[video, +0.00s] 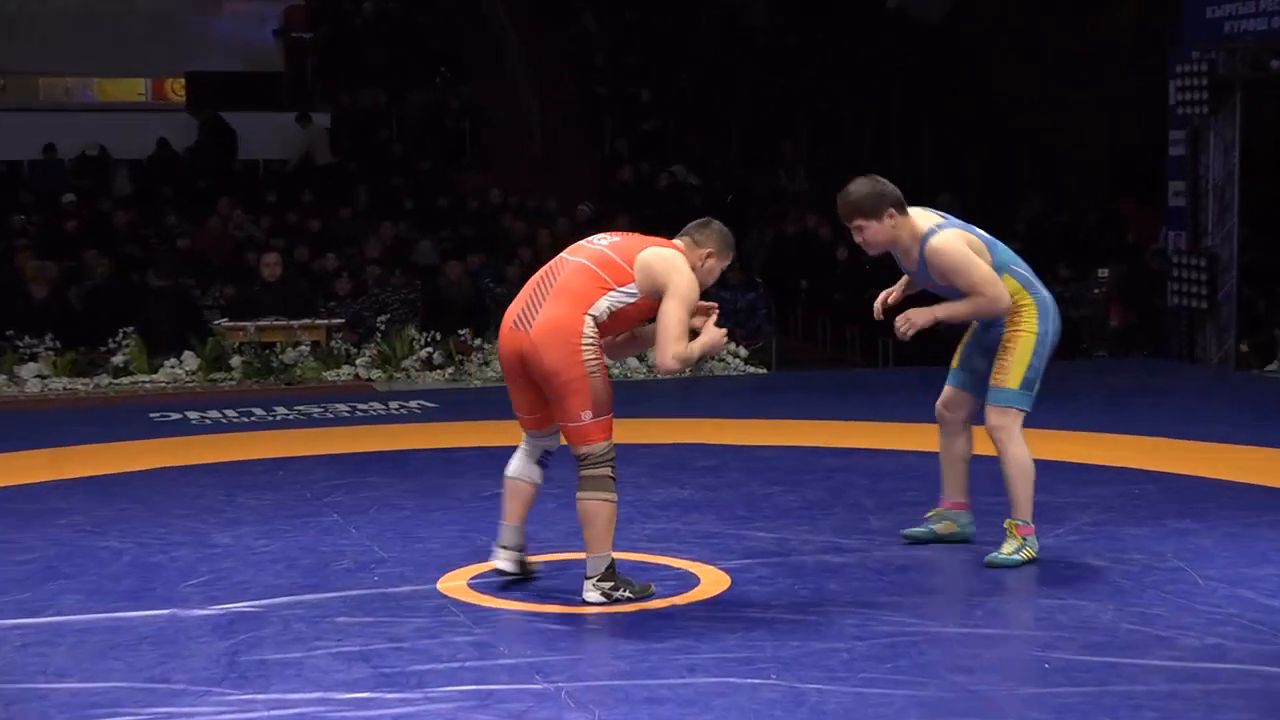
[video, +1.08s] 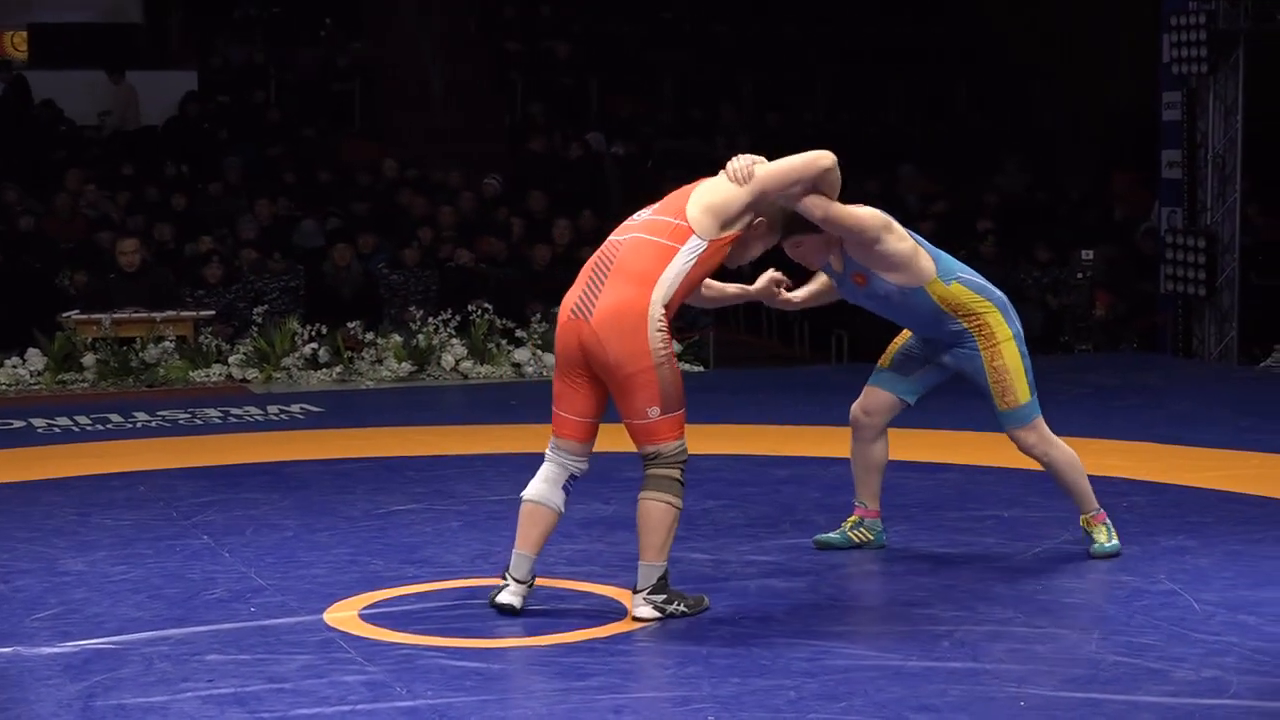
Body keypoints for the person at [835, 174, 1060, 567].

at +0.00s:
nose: (856, 238)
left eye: (860, 228)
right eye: (852, 230)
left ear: (891, 217)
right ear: (888, 218)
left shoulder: (942, 249)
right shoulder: (903, 231)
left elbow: (997, 301)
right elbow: (926, 261)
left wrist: (933, 312)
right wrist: (904, 286)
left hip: (1026, 313)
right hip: (986, 314)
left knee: (1002, 422)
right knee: (951, 411)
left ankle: (1023, 534)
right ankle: (954, 514)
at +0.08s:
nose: (867, 257)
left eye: (871, 247)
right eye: (862, 250)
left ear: (902, 235)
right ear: (901, 234)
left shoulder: (961, 265)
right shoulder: (916, 239)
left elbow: (999, 336)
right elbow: (937, 280)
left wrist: (932, 324)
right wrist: (908, 297)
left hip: (1041, 316)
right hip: (998, 315)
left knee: (1006, 426)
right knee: (962, 412)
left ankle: (1030, 539)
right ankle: (1000, 510)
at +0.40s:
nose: (851, 267)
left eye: (854, 256)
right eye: (846, 259)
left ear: (886, 244)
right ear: (885, 244)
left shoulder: (952, 269)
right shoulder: (899, 260)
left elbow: (958, 355)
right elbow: (904, 308)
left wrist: (885, 318)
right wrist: (860, 315)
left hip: (1040, 325)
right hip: (992, 331)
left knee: (995, 432)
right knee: (940, 418)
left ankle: (1033, 554)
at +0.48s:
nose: (838, 254)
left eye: (840, 243)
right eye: (833, 246)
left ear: (871, 230)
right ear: (868, 230)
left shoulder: (933, 245)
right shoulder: (878, 249)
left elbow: (915, 316)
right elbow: (860, 307)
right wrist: (811, 298)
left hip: (1024, 324)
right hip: (979, 334)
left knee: (989, 431)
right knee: (925, 426)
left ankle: (1029, 556)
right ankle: (908, 523)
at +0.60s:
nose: (811, 241)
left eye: (813, 231)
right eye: (805, 234)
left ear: (842, 219)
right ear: (832, 224)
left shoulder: (897, 223)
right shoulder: (836, 247)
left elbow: (846, 250)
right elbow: (788, 298)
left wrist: (769, 232)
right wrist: (734, 261)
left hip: (1000, 309)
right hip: (947, 326)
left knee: (1006, 420)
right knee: (898, 423)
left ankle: (1032, 546)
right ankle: (898, 526)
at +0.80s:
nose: (786, 255)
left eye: (790, 242)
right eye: (781, 245)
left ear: (812, 229)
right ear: (789, 243)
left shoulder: (871, 238)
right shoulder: (805, 261)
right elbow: (757, 291)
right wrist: (778, 244)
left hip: (971, 303)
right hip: (919, 320)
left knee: (1008, 415)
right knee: (875, 419)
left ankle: (1089, 514)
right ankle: (884, 524)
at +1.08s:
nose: (791, 255)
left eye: (792, 246)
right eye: (785, 250)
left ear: (816, 229)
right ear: (798, 242)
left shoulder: (871, 233)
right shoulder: (834, 268)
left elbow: (807, 201)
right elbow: (825, 285)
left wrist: (755, 172)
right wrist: (790, 299)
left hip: (981, 324)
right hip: (928, 334)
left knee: (1032, 438)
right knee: (867, 416)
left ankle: (1095, 519)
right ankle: (866, 522)